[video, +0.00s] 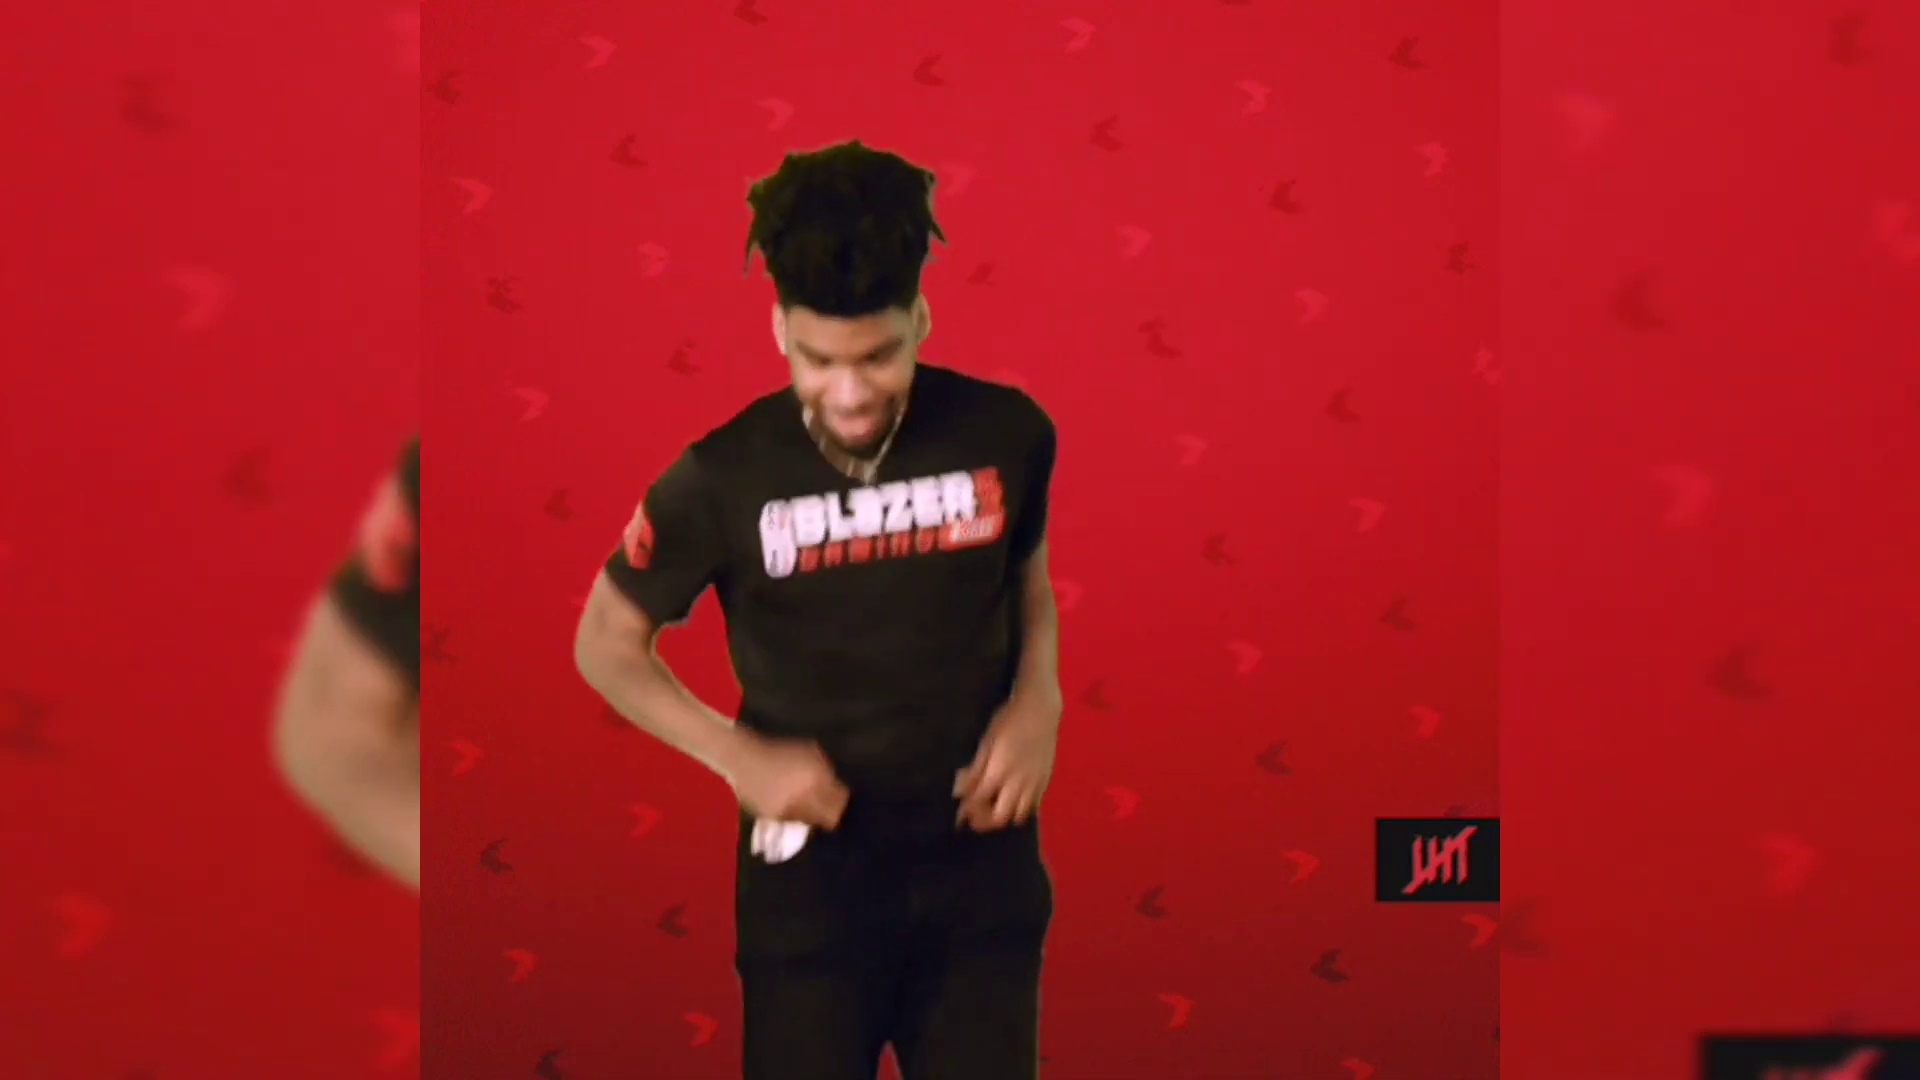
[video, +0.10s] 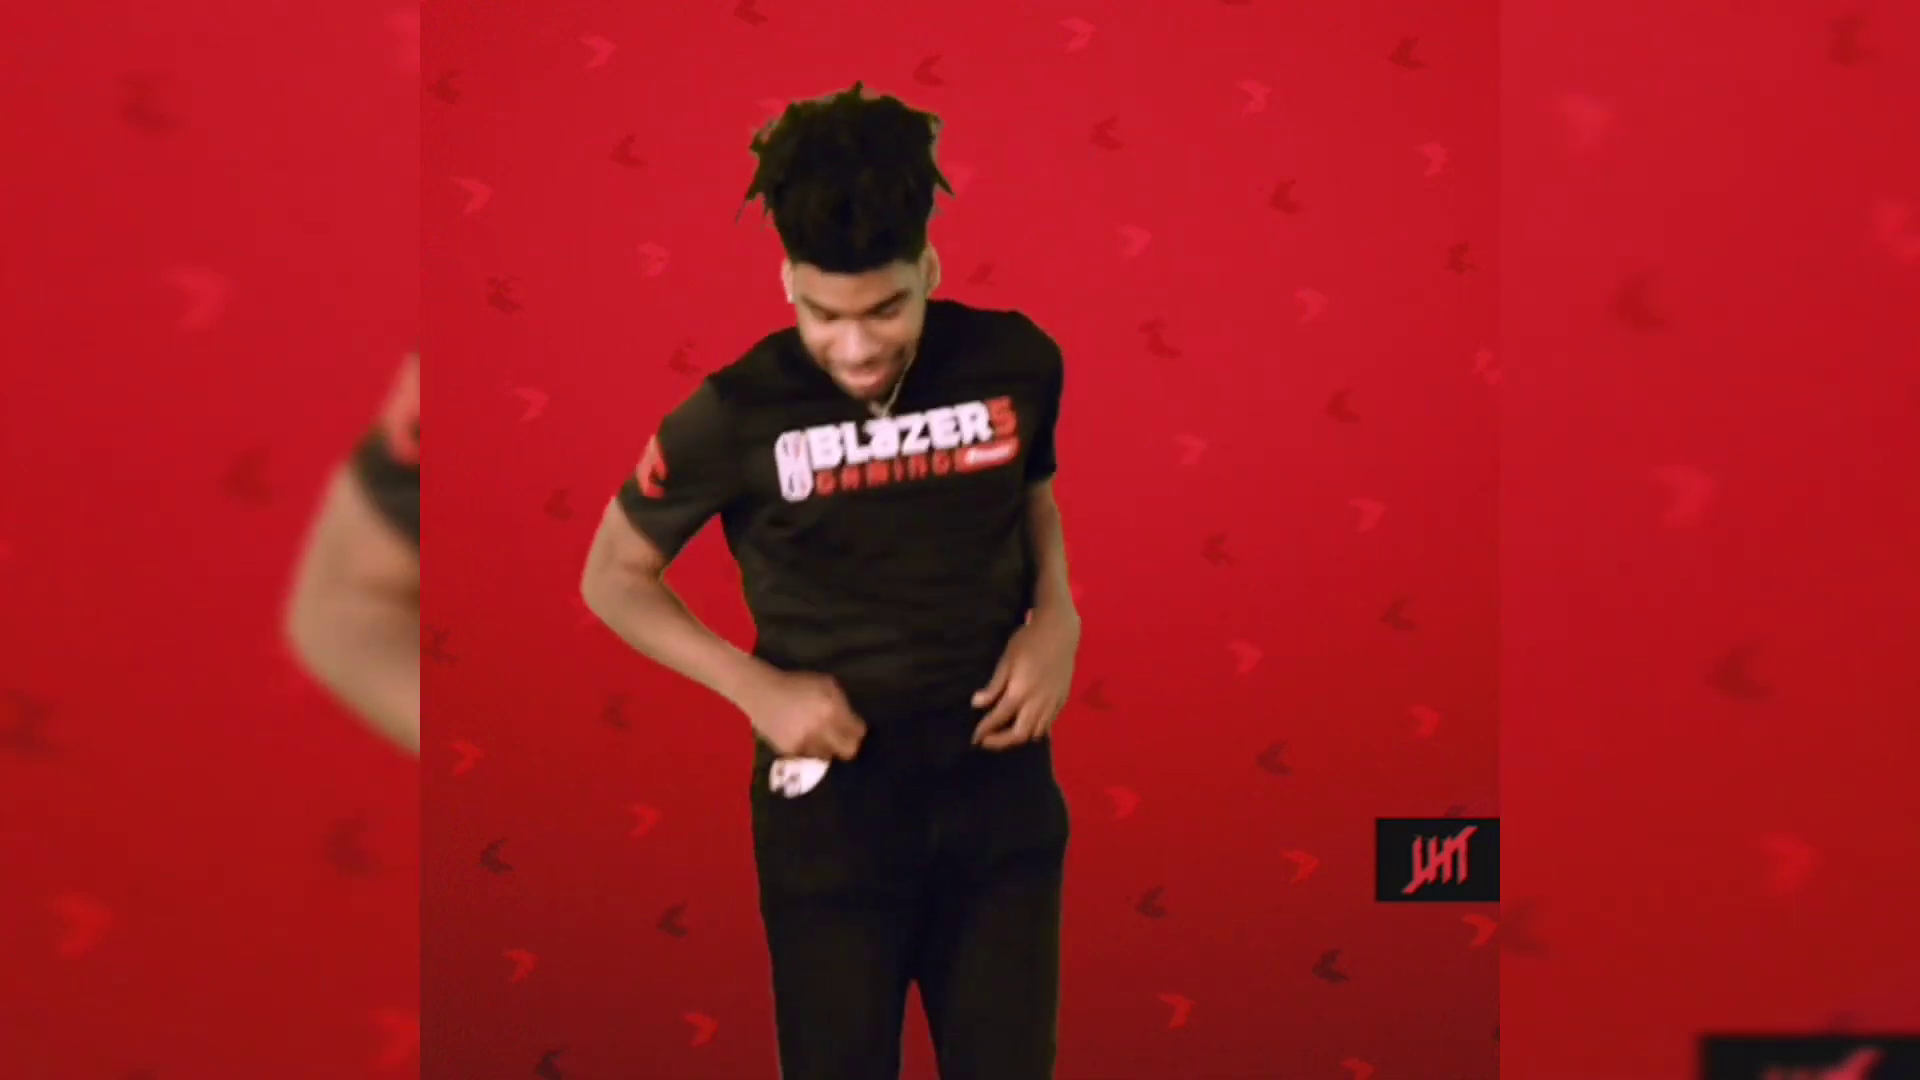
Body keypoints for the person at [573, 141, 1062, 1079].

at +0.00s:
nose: (850, 390)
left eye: (877, 356)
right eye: (818, 358)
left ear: (922, 318)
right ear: (779, 324)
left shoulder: (1008, 438)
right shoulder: (720, 483)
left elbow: (1028, 582)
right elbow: (605, 643)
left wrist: (1037, 703)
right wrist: (740, 757)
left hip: (981, 873)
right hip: (810, 883)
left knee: (986, 1062)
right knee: (805, 1063)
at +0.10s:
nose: (856, 343)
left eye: (886, 308)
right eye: (824, 312)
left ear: (930, 263)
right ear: (786, 273)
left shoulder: (1015, 365)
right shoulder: (733, 418)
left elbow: (1033, 490)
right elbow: (612, 577)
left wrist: (1056, 616)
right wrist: (758, 689)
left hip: (998, 799)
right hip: (828, 812)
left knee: (1008, 1063)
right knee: (836, 1064)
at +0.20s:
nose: (868, 340)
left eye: (899, 304)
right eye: (836, 307)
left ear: (945, 257)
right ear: (800, 267)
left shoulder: (1025, 355)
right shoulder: (746, 413)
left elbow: (1037, 486)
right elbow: (626, 575)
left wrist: (1069, 611)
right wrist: (774, 688)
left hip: (1011, 792)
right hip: (846, 807)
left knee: (1028, 1060)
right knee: (870, 1063)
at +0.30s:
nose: (894, 387)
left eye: (925, 353)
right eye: (860, 355)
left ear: (971, 311)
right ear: (827, 315)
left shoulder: (1043, 424)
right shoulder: (773, 481)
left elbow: (1045, 563)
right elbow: (660, 663)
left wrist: (1091, 688)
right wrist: (818, 780)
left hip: (1041, 883)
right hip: (872, 905)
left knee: (1071, 1062)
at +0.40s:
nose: (917, 387)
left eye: (948, 352)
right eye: (883, 354)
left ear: (993, 311)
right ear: (849, 315)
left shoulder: (1065, 426)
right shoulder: (797, 482)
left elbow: (1064, 571)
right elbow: (683, 661)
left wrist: (1112, 688)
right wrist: (837, 774)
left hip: (1057, 878)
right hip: (886, 898)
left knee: (1098, 1062)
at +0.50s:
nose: (969, 357)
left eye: (999, 322)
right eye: (935, 324)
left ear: (1041, 280)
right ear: (897, 285)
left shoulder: (1108, 396)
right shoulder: (829, 437)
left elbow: (1114, 526)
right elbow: (715, 606)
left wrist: (1148, 642)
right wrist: (855, 723)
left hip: (1091, 834)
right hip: (924, 849)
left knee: (1115, 1062)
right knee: (959, 1063)